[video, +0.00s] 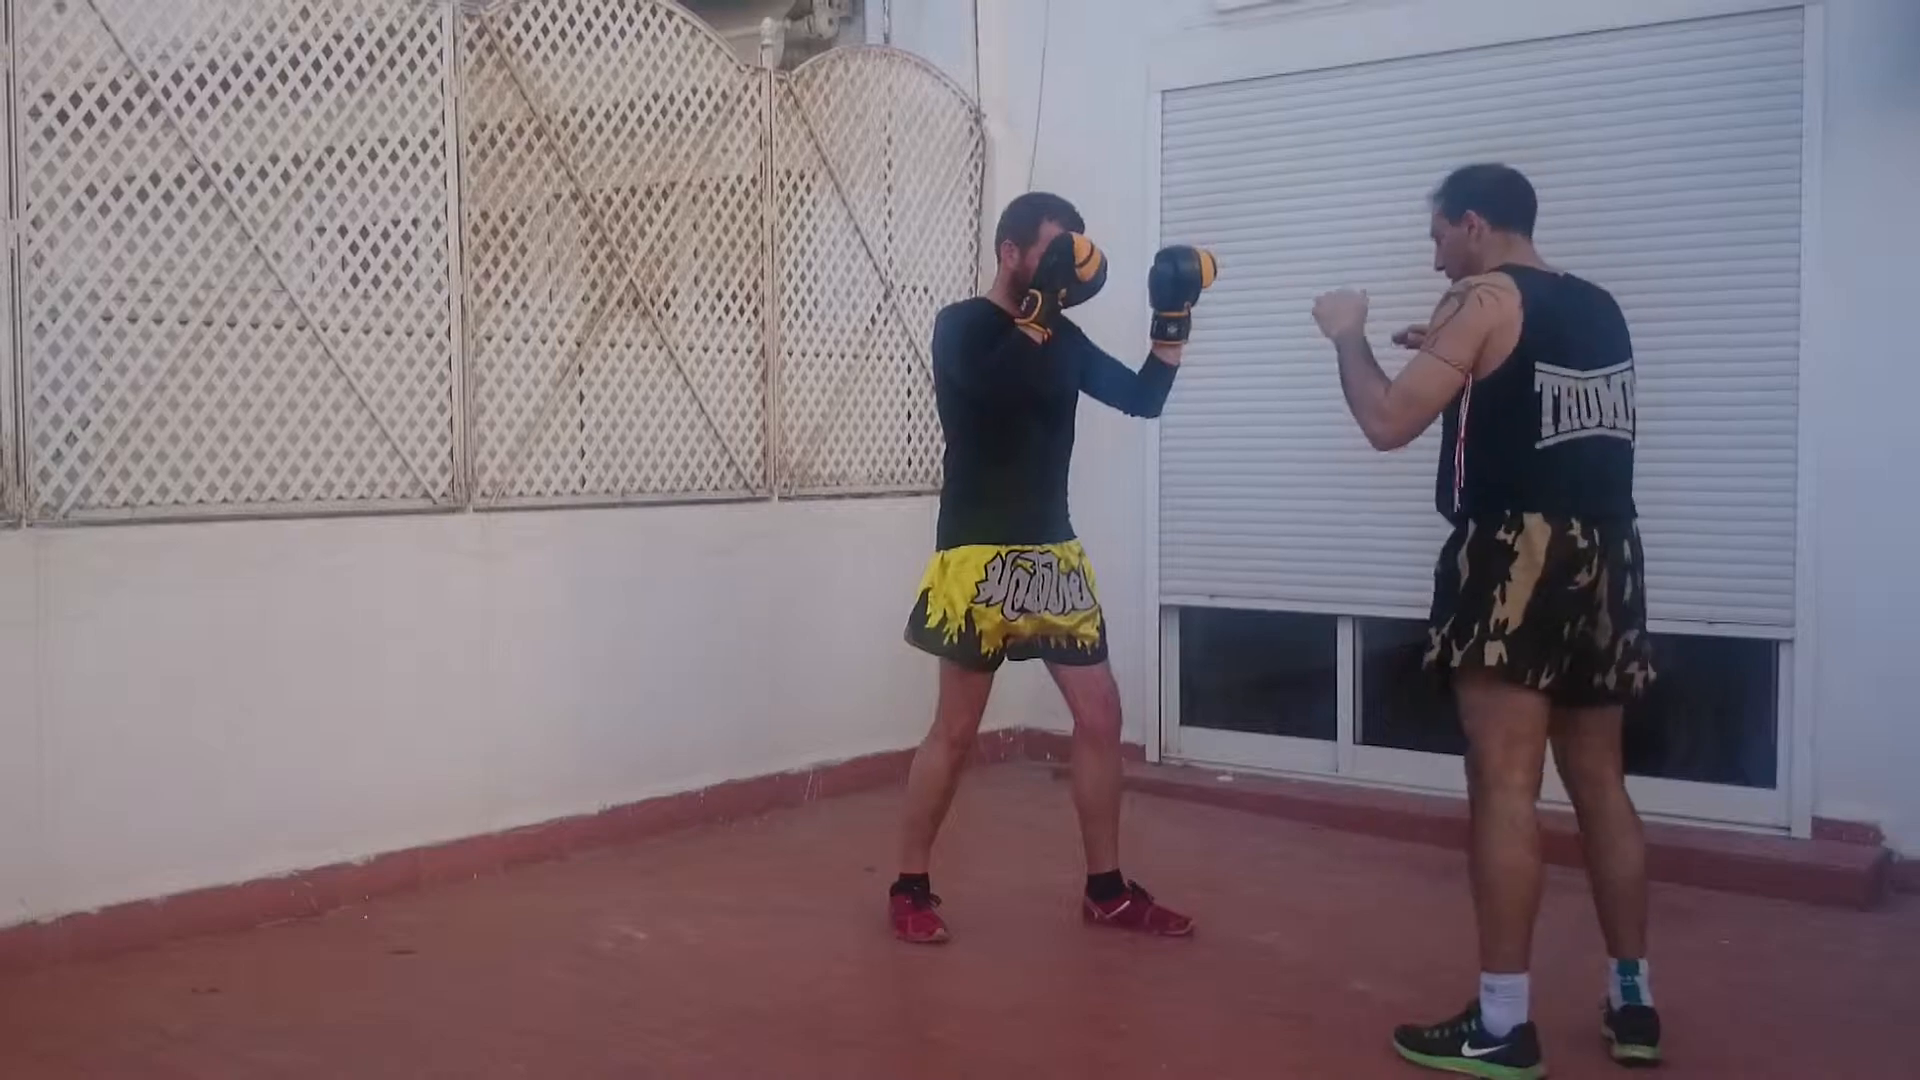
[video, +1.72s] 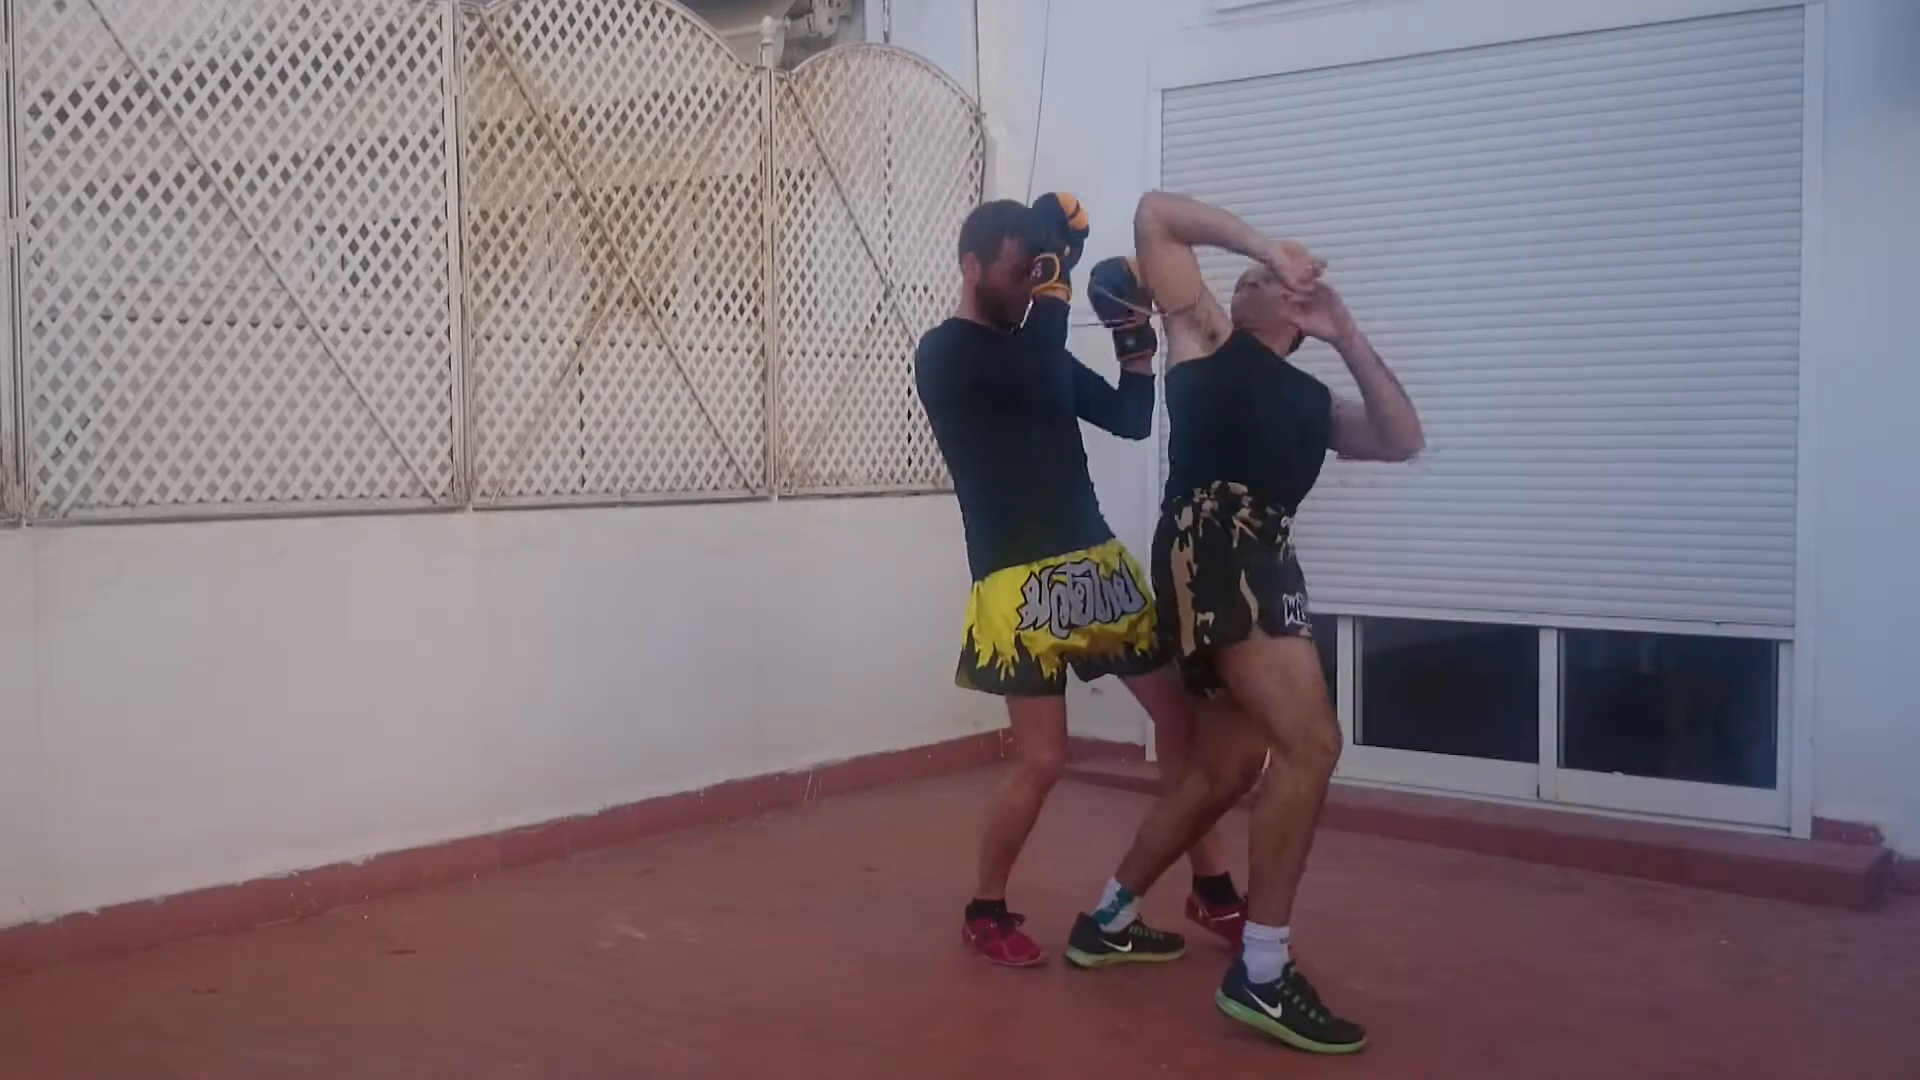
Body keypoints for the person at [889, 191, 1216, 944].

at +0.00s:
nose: (1062, 267)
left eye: (1068, 256)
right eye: (1053, 251)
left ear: (1060, 265)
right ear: (1008, 251)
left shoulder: (1063, 336)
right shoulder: (960, 323)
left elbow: (1144, 397)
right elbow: (986, 388)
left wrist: (1172, 326)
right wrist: (1045, 310)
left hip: (1055, 547)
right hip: (977, 549)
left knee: (1099, 717)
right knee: (954, 732)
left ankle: (1106, 888)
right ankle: (910, 886)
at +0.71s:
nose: (1059, 267)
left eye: (1066, 256)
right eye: (1050, 253)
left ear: (1064, 257)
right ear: (1005, 244)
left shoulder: (1039, 324)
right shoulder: (962, 311)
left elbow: (1114, 389)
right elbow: (1000, 381)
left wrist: (1154, 322)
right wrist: (1054, 314)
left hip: (1010, 531)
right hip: (950, 532)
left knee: (1045, 696)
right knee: (985, 706)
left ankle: (1026, 861)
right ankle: (920, 863)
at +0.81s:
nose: (1045, 285)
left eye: (1054, 274)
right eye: (1035, 270)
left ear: (1058, 273)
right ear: (993, 259)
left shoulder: (1038, 334)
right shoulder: (953, 331)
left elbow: (1120, 388)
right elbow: (961, 425)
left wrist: (1155, 321)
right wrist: (1032, 339)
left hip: (991, 538)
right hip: (944, 535)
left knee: (985, 705)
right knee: (1006, 694)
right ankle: (957, 863)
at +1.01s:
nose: (1028, 301)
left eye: (1033, 288)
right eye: (1015, 286)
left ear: (1030, 285)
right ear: (971, 279)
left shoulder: (1020, 354)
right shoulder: (929, 362)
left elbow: (1092, 392)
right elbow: (932, 475)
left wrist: (1161, 352)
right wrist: (993, 401)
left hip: (1012, 563)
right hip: (951, 570)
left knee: (1053, 717)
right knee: (1024, 731)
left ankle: (942, 812)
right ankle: (982, 908)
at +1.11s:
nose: (1018, 292)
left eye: (1023, 279)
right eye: (1006, 277)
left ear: (1017, 276)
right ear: (961, 269)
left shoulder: (1008, 348)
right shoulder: (917, 358)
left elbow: (1066, 392)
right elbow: (934, 465)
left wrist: (1155, 350)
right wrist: (1000, 380)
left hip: (1028, 555)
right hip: (961, 573)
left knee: (1116, 695)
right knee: (1029, 735)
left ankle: (1033, 809)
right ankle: (981, 908)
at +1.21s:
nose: (1014, 281)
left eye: (1020, 268)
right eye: (1003, 266)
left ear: (1016, 267)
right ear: (956, 259)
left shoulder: (1001, 337)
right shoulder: (914, 352)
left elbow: (1048, 397)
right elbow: (941, 453)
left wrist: (1127, 365)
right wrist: (1012, 363)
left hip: (1046, 544)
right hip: (973, 568)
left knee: (1155, 670)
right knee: (1015, 738)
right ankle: (979, 910)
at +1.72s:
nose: (1038, 280)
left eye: (1041, 267)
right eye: (1022, 266)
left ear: (1034, 272)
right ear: (972, 267)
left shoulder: (1038, 350)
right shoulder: (944, 350)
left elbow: (1129, 418)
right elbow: (1028, 375)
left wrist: (1136, 348)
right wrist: (1054, 289)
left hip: (1095, 556)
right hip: (1016, 571)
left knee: (1179, 716)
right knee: (1041, 756)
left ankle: (1211, 884)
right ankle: (986, 908)